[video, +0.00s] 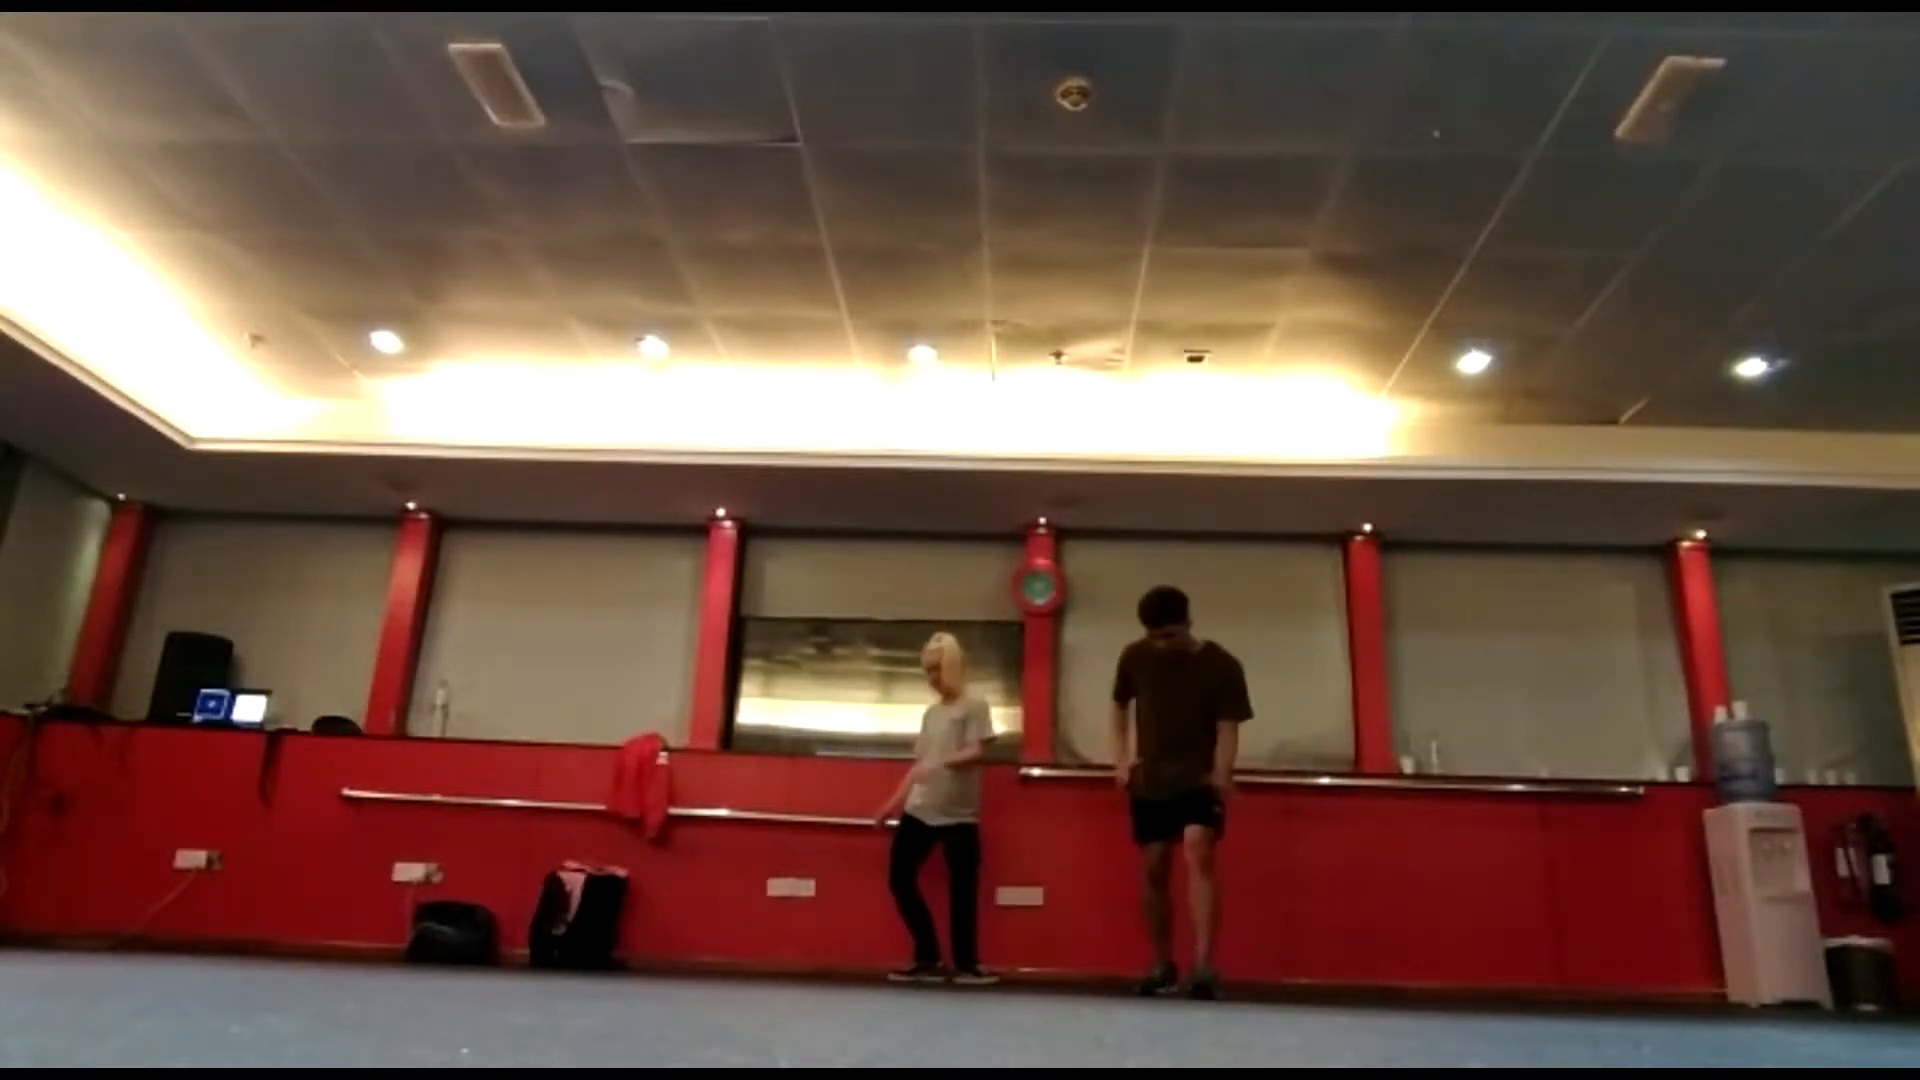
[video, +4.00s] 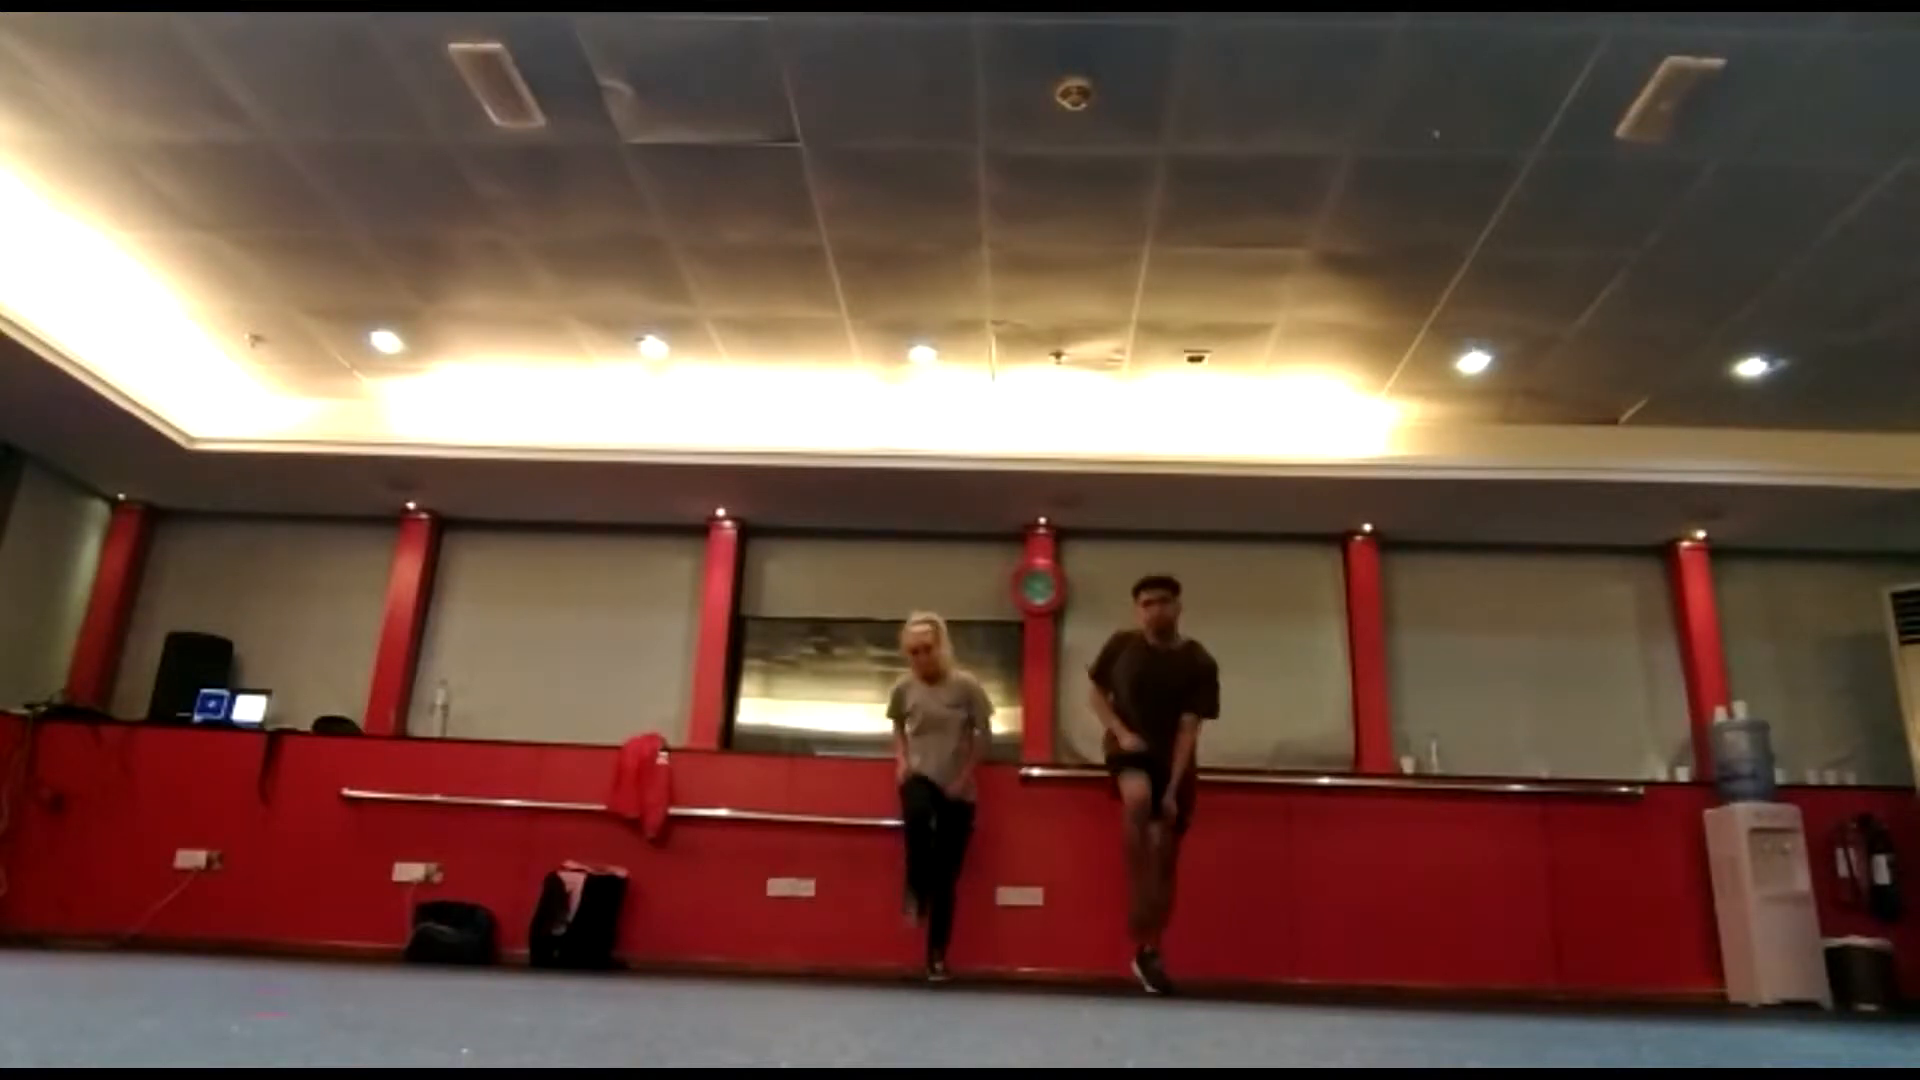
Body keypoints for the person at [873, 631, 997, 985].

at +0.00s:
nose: (930, 677)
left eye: (936, 669)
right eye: (927, 670)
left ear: (954, 667)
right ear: (926, 671)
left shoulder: (974, 707)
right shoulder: (931, 713)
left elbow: (978, 751)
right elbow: (919, 766)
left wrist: (939, 765)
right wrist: (892, 804)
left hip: (959, 817)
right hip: (921, 813)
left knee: (963, 893)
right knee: (901, 879)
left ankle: (964, 963)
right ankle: (927, 958)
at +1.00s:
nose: (908, 660)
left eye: (914, 653)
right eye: (900, 653)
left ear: (924, 657)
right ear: (887, 658)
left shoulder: (942, 690)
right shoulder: (883, 707)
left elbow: (981, 703)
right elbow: (871, 757)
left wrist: (1014, 722)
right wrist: (865, 802)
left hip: (956, 801)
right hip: (913, 804)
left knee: (978, 875)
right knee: (915, 886)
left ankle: (973, 955)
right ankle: (918, 959)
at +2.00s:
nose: (977, 670)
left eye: (985, 664)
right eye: (972, 662)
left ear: (995, 671)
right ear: (960, 665)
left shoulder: (995, 720)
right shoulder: (935, 700)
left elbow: (1001, 767)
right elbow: (896, 723)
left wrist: (1013, 807)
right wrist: (909, 754)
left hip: (962, 811)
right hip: (919, 806)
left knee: (990, 876)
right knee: (914, 886)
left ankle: (975, 959)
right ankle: (919, 959)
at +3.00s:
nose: (940, 672)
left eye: (946, 665)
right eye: (933, 666)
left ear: (960, 668)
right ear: (924, 671)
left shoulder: (974, 703)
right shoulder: (926, 714)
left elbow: (992, 738)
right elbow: (925, 763)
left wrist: (973, 777)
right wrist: (907, 803)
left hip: (967, 817)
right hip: (927, 815)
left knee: (990, 879)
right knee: (914, 885)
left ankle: (977, 961)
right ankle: (912, 959)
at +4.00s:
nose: (921, 658)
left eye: (927, 649)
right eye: (914, 651)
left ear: (941, 647)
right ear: (906, 654)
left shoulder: (967, 688)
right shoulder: (903, 691)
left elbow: (982, 738)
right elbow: (898, 728)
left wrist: (965, 777)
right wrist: (902, 760)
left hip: (955, 786)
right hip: (918, 779)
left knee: (945, 874)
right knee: (917, 817)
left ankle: (937, 955)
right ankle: (917, 890)